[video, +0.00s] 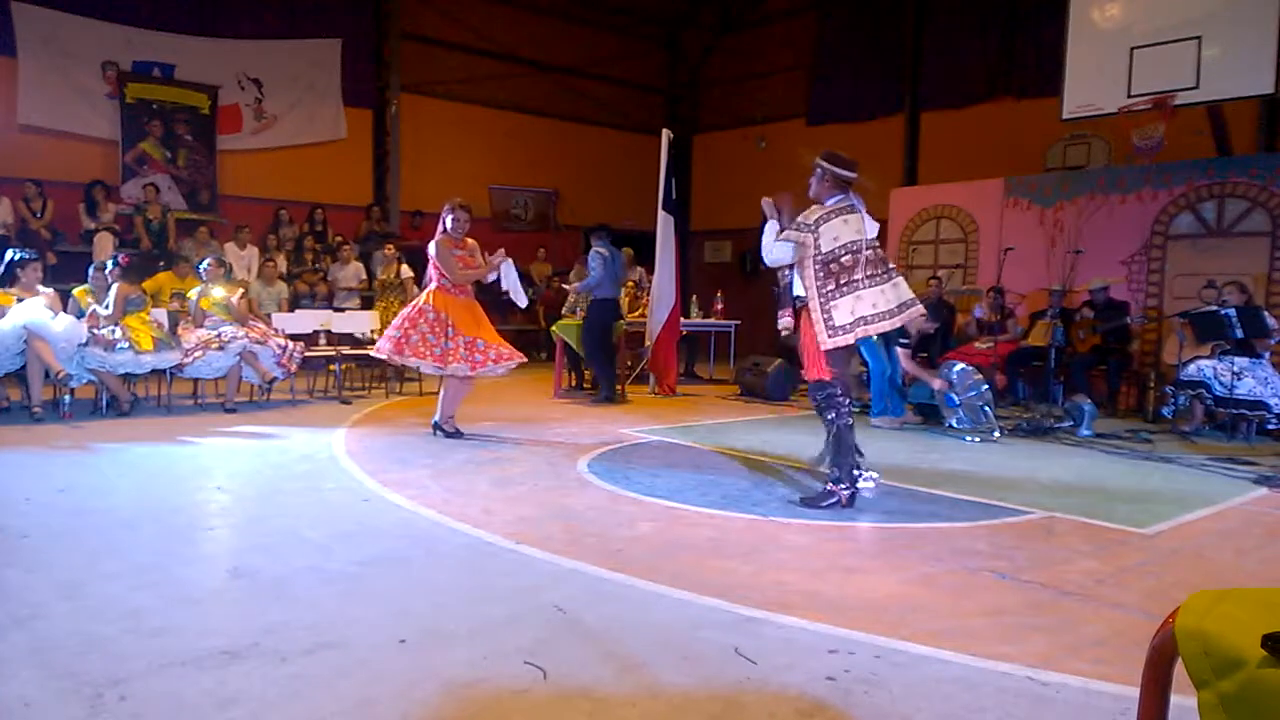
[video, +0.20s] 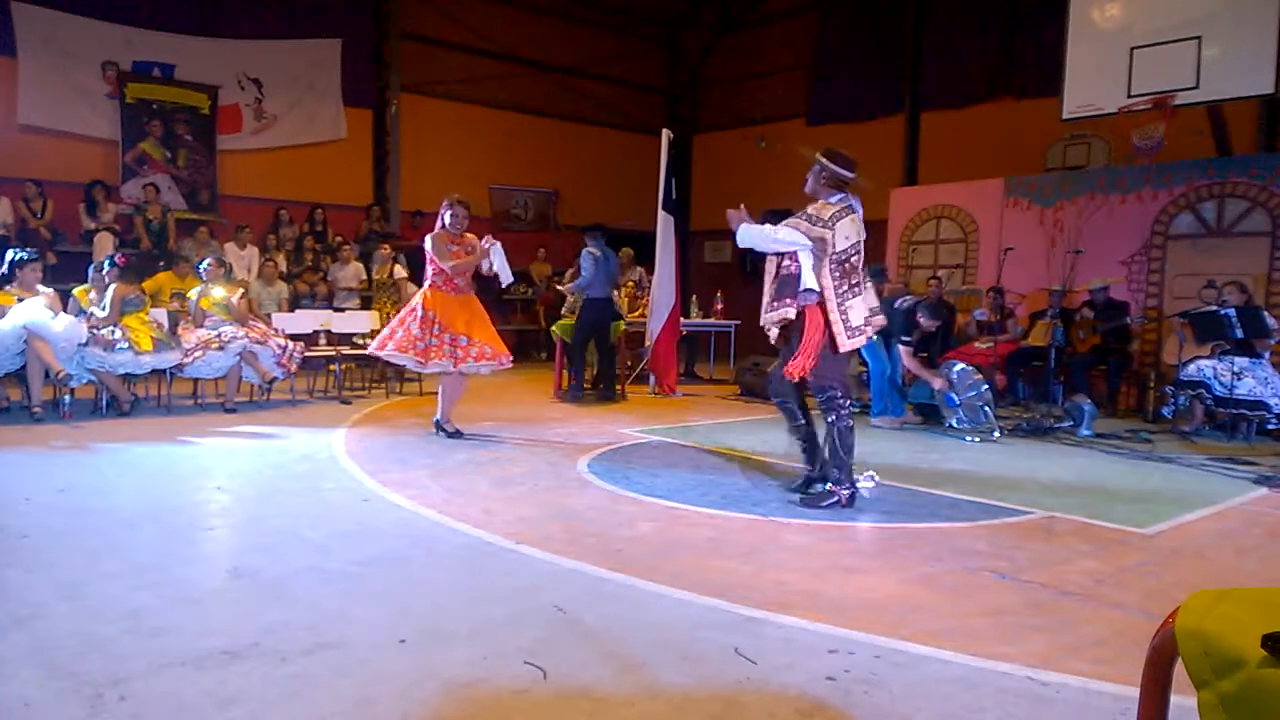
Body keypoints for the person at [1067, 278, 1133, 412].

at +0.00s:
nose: (1093, 296)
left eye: (1096, 293)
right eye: (1091, 293)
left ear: (1105, 292)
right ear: (1090, 293)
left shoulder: (1120, 306)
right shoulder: (1087, 306)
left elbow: (1116, 318)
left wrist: (1093, 315)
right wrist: (1077, 315)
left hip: (1116, 349)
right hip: (1096, 348)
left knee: (1113, 366)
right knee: (1078, 363)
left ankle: (1111, 404)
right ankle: (1083, 400)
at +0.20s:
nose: (1093, 296)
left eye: (1096, 293)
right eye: (1091, 293)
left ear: (1105, 292)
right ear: (1090, 293)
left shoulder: (1120, 306)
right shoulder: (1087, 307)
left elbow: (1116, 319)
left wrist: (1093, 315)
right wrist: (1077, 315)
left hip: (1116, 348)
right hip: (1096, 348)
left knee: (1113, 366)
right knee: (1078, 363)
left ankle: (1111, 404)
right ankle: (1084, 400)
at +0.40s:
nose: (1094, 296)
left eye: (1097, 293)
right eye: (1092, 293)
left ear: (1106, 292)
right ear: (1090, 293)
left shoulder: (1120, 306)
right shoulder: (1087, 306)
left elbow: (1116, 319)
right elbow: (1069, 316)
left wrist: (1094, 316)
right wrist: (1077, 315)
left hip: (1116, 349)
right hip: (1096, 348)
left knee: (1113, 366)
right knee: (1078, 363)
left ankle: (1111, 404)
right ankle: (1084, 400)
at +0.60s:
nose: (1095, 296)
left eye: (1098, 292)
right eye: (1093, 292)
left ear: (1106, 292)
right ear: (1091, 293)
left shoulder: (1121, 306)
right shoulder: (1088, 306)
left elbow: (1117, 318)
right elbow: (1069, 316)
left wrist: (1094, 316)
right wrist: (1077, 315)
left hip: (1117, 349)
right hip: (1096, 347)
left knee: (1114, 366)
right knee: (1077, 363)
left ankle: (1111, 404)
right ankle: (1084, 400)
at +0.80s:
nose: (1095, 296)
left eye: (1099, 292)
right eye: (1094, 292)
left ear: (1107, 292)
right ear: (1092, 293)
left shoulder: (1121, 307)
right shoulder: (1088, 306)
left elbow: (1118, 320)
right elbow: (1070, 317)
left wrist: (1095, 316)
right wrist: (1079, 316)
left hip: (1117, 349)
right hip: (1096, 348)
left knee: (1114, 365)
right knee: (1077, 363)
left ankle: (1111, 404)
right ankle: (1083, 400)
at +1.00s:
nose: (1096, 295)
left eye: (1099, 292)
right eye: (1094, 292)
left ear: (1107, 292)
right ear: (1092, 293)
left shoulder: (1121, 307)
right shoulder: (1088, 306)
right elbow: (1069, 317)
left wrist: (1095, 316)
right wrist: (1079, 315)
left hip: (1117, 349)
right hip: (1096, 348)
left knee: (1114, 366)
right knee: (1077, 363)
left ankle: (1111, 404)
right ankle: (1083, 399)